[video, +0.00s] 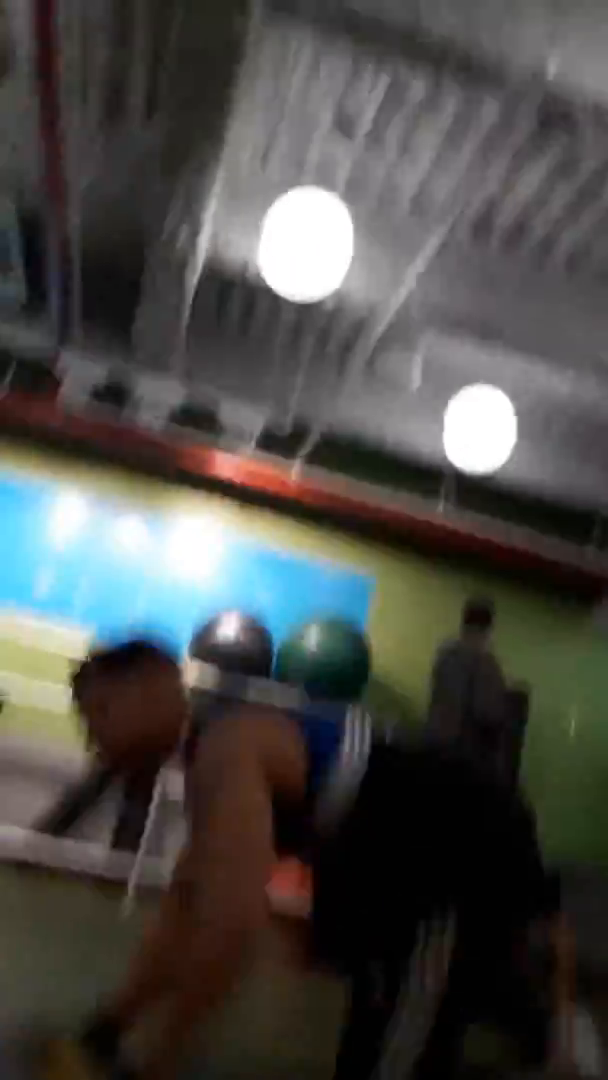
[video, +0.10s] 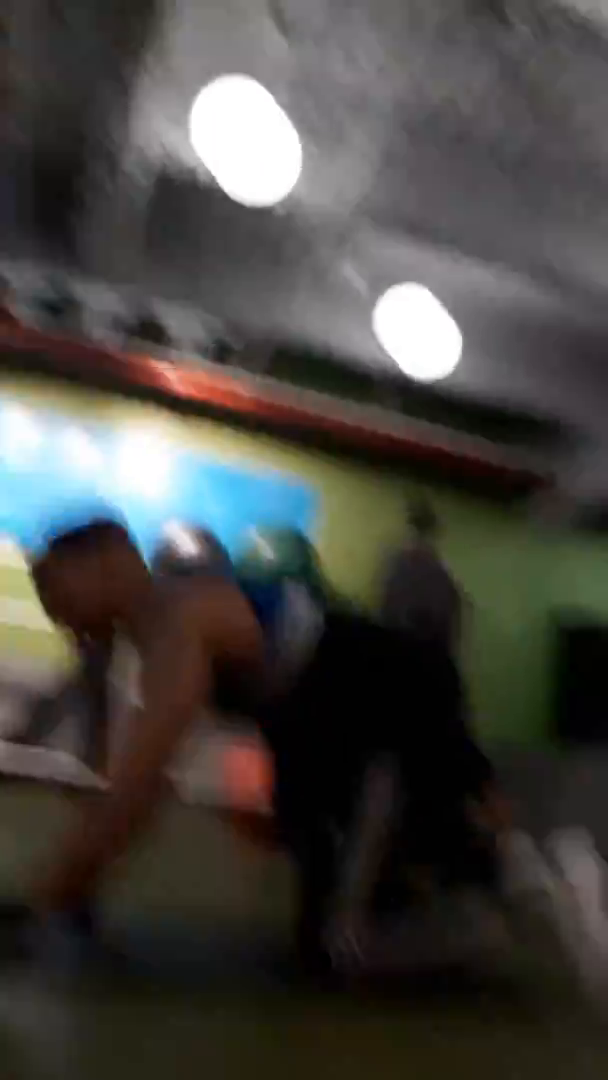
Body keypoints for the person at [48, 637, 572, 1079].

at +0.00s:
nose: (95, 738)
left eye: (100, 715)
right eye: (90, 721)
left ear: (150, 691)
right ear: (154, 694)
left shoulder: (233, 745)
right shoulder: (217, 750)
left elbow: (231, 922)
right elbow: (188, 908)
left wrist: (159, 1052)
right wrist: (113, 1023)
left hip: (456, 872)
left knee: (393, 1054)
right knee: (381, 1046)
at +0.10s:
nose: (56, 613)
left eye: (59, 590)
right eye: (49, 596)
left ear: (108, 566)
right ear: (106, 569)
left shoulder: (185, 613)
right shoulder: (152, 624)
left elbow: (146, 772)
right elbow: (126, 772)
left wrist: (66, 883)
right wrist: (77, 880)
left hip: (389, 724)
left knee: (347, 934)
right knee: (324, 929)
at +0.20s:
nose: (4, 536)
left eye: (2, 507)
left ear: (40, 476)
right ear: (40, 480)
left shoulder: (119, 536)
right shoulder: (106, 548)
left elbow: (27, 682)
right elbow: (94, 703)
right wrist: (42, 800)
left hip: (335, 630)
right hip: (283, 644)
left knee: (294, 855)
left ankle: (472, 815)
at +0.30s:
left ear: (18, 451)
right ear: (21, 453)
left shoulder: (91, 504)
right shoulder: (87, 513)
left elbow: (21, 657)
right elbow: (83, 664)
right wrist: (35, 769)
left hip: (322, 599)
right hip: (280, 606)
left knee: (292, 811)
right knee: (227, 738)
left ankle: (472, 757)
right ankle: (405, 725)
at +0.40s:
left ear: (2, 480)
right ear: (14, 474)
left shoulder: (65, 502)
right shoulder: (62, 512)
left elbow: (13, 652)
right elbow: (52, 664)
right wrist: (19, 768)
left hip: (290, 593)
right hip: (270, 595)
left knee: (272, 810)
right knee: (265, 782)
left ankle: (450, 751)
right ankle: (452, 742)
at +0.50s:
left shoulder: (42, 491)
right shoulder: (44, 510)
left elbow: (14, 658)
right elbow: (31, 670)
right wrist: (8, 768)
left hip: (285, 582)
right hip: (266, 587)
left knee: (265, 797)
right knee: (259, 773)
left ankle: (441, 737)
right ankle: (452, 724)